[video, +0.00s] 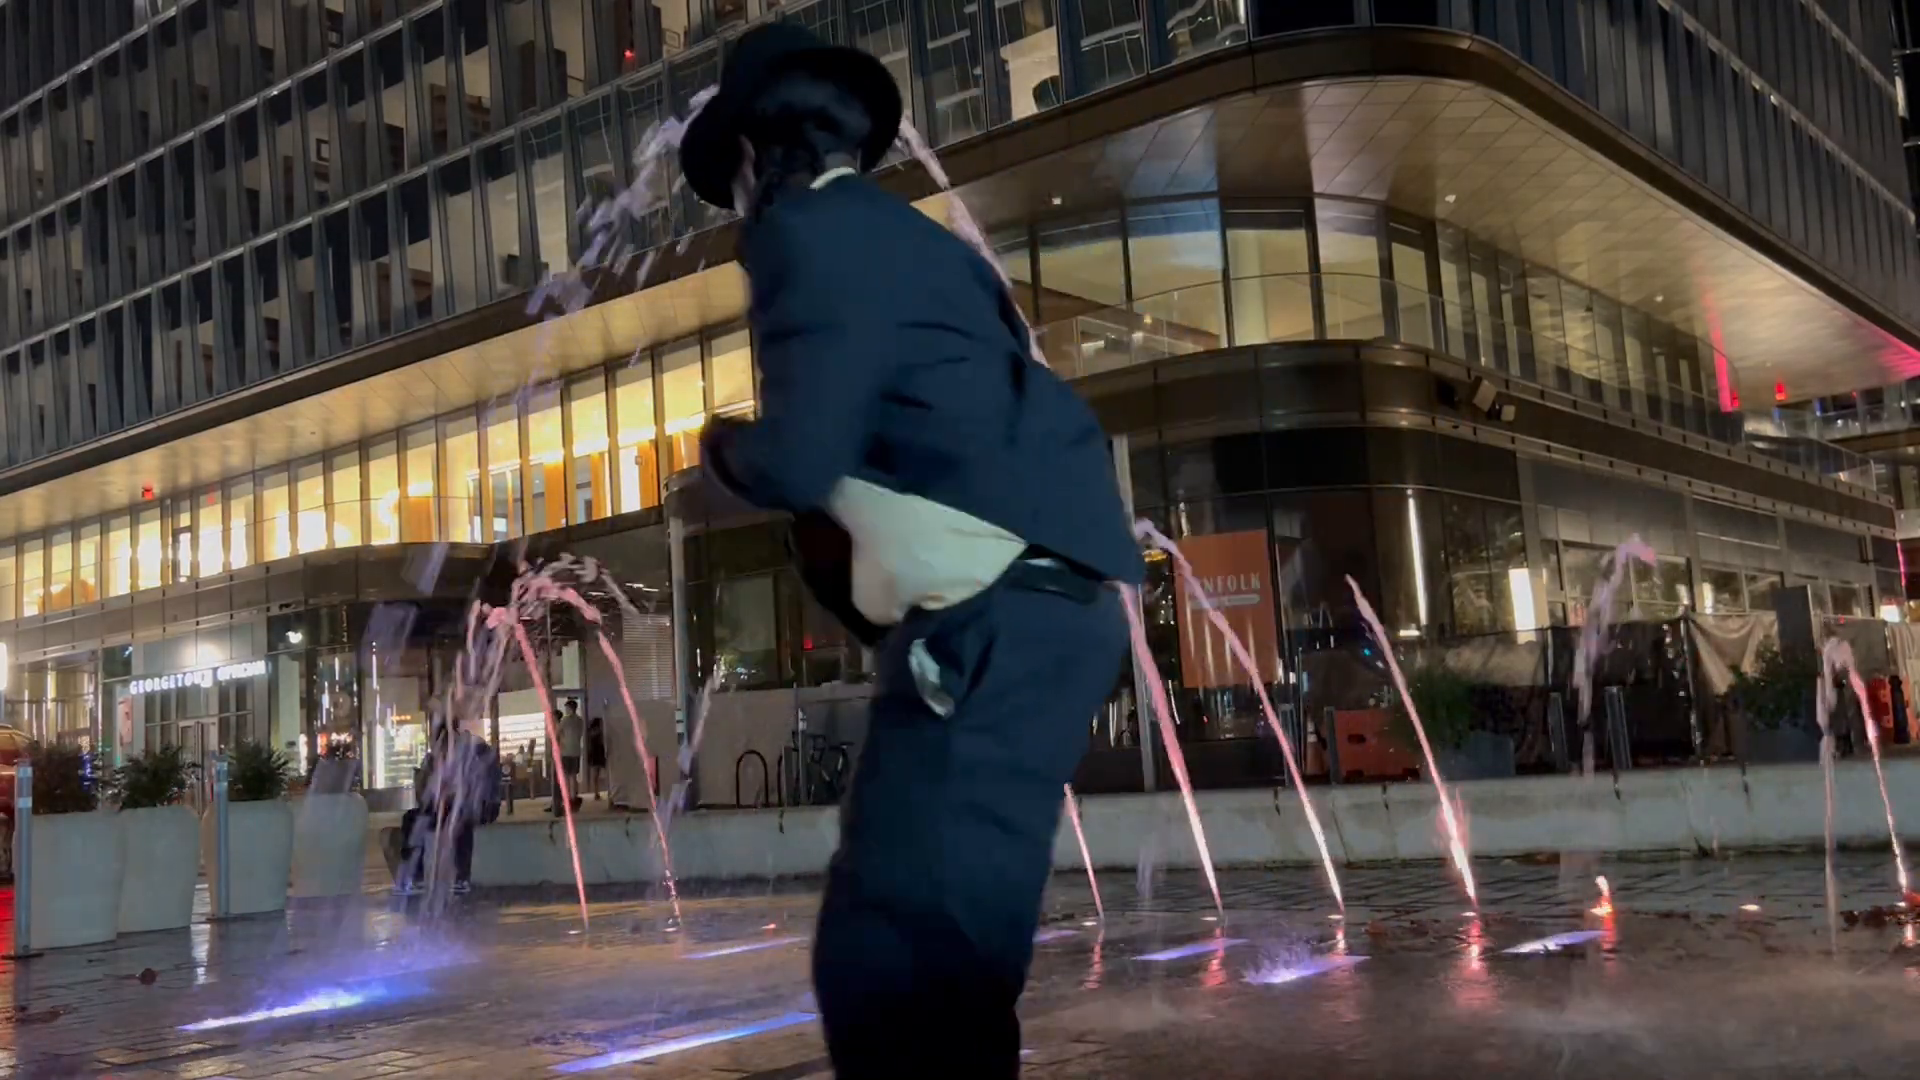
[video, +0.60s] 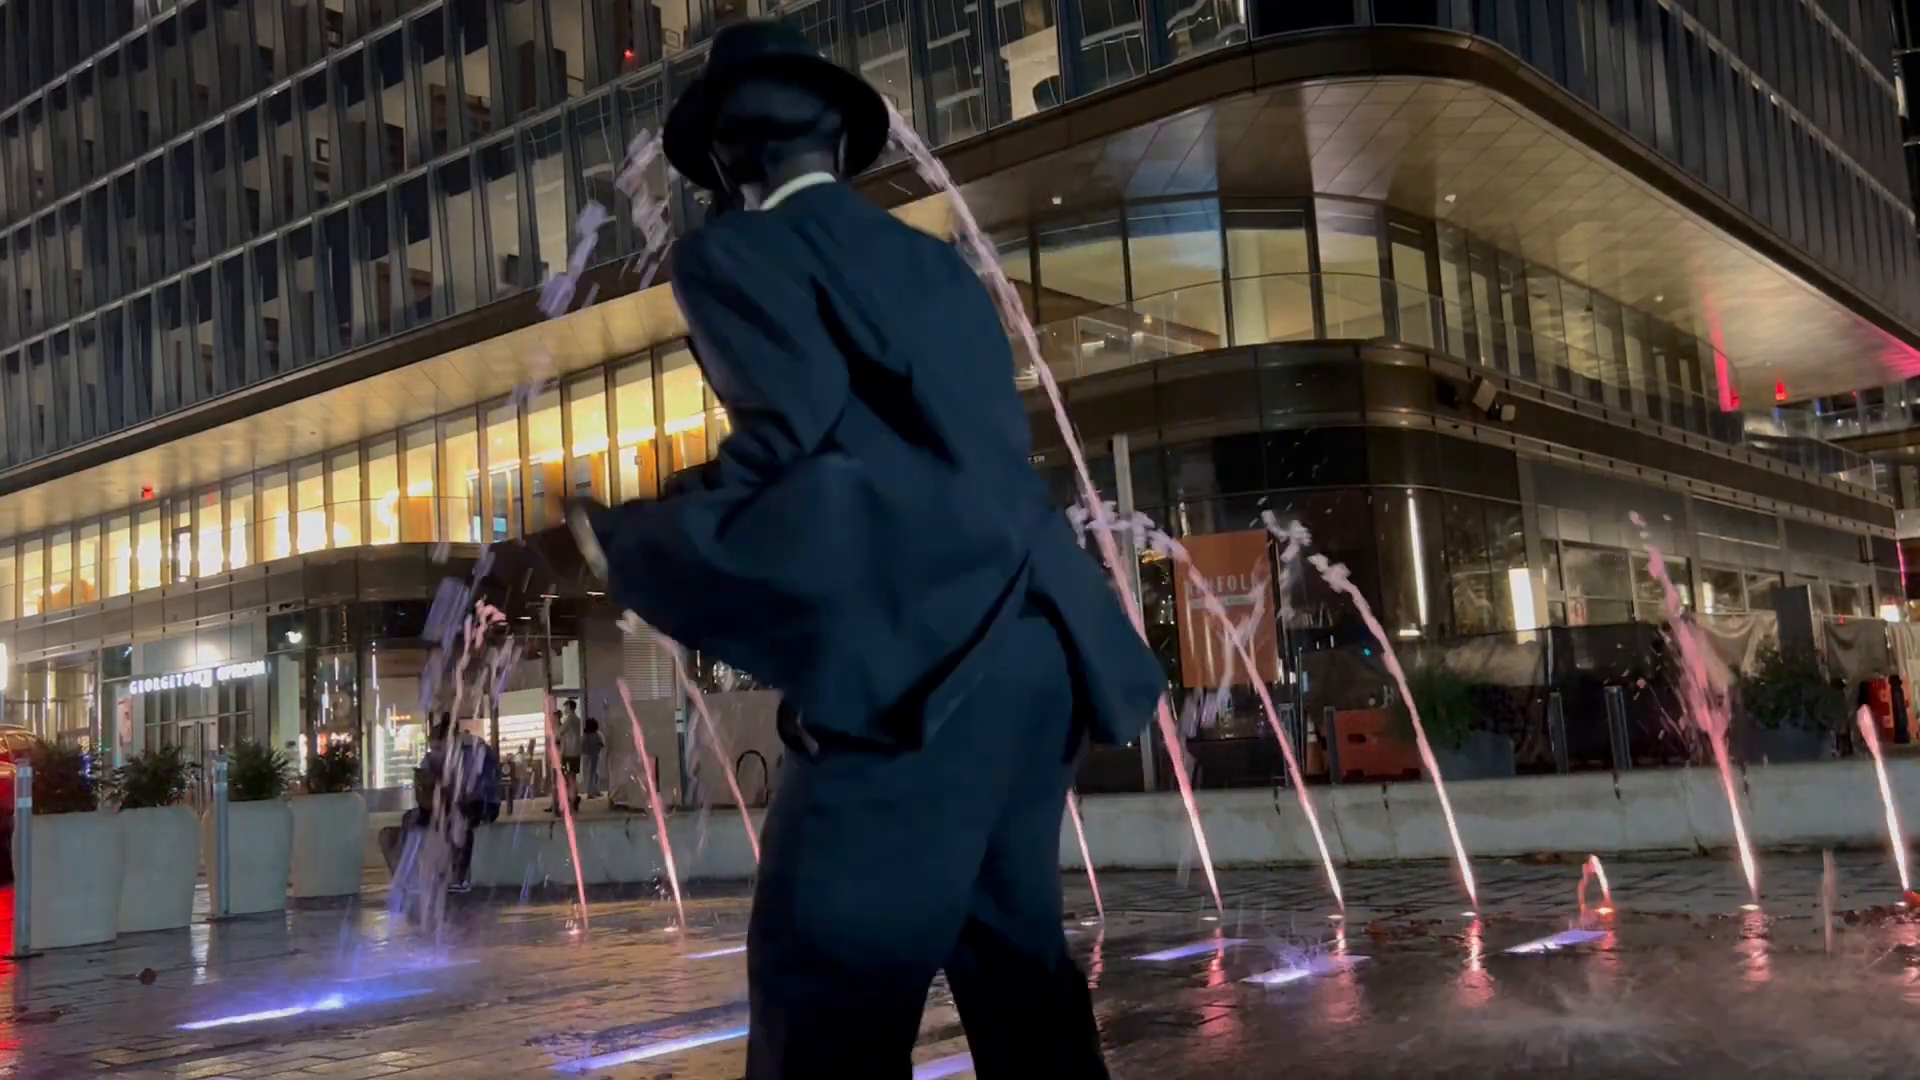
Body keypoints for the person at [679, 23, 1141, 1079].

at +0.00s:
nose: (730, 201)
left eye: (731, 173)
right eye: (726, 180)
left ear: (761, 151)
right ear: (844, 147)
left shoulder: (812, 230)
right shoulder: (901, 236)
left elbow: (798, 461)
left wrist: (718, 477)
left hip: (1003, 610)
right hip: (1025, 607)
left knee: (893, 952)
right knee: (933, 952)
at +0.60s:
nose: (710, 193)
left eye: (710, 173)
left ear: (724, 169)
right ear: (845, 150)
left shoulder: (732, 252)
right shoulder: (944, 262)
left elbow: (794, 447)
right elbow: (1007, 466)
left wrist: (625, 542)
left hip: (904, 681)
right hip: (1039, 661)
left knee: (822, 1015)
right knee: (1022, 981)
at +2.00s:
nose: (910, 181)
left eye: (913, 157)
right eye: (911, 161)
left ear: (943, 146)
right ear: (1031, 149)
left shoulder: (899, 258)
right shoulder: (1111, 279)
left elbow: (822, 420)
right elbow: (1081, 444)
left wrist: (702, 479)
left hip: (954, 680)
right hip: (1100, 680)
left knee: (938, 987)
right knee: (1069, 970)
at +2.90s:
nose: (812, 195)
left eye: (817, 171)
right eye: (810, 174)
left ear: (862, 153)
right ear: (928, 154)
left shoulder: (834, 232)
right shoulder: (1058, 279)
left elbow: (775, 431)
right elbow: (1205, 417)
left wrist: (873, 446)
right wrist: (1124, 551)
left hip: (965, 647)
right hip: (1116, 643)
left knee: (946, 983)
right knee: (1020, 981)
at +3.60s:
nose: (763, 273)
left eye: (759, 248)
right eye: (756, 256)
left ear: (792, 217)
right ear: (875, 199)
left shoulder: (817, 280)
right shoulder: (949, 284)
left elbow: (862, 493)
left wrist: (859, 573)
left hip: (986, 651)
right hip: (1067, 643)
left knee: (911, 966)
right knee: (976, 962)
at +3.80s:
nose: (747, 354)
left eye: (740, 323)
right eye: (739, 334)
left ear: (756, 290)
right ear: (838, 276)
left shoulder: (830, 336)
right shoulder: (895, 351)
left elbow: (839, 519)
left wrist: (652, 649)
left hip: (1017, 701)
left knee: (880, 976)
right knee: (1014, 972)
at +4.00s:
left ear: (837, 294)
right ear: (953, 265)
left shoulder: (792, 406)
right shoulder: (1039, 327)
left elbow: (816, 606)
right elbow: (1170, 463)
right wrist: (1166, 627)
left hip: (929, 731)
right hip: (1093, 704)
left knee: (854, 1009)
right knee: (1035, 974)